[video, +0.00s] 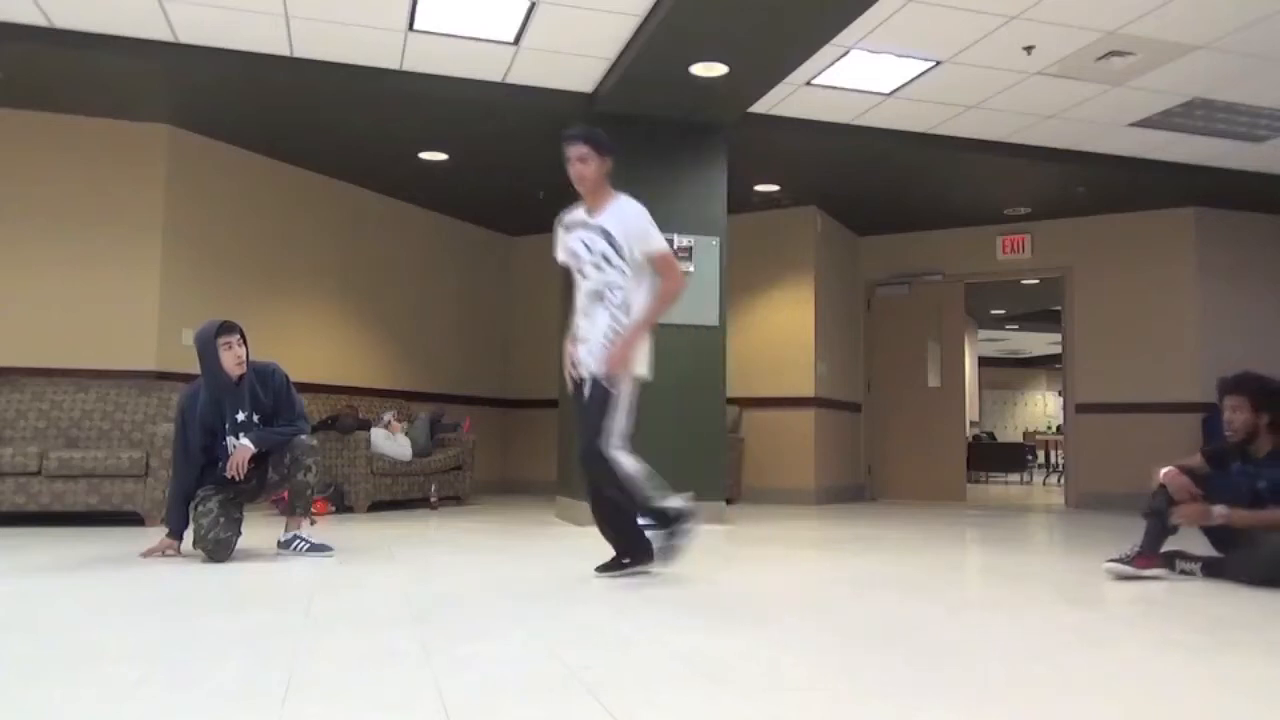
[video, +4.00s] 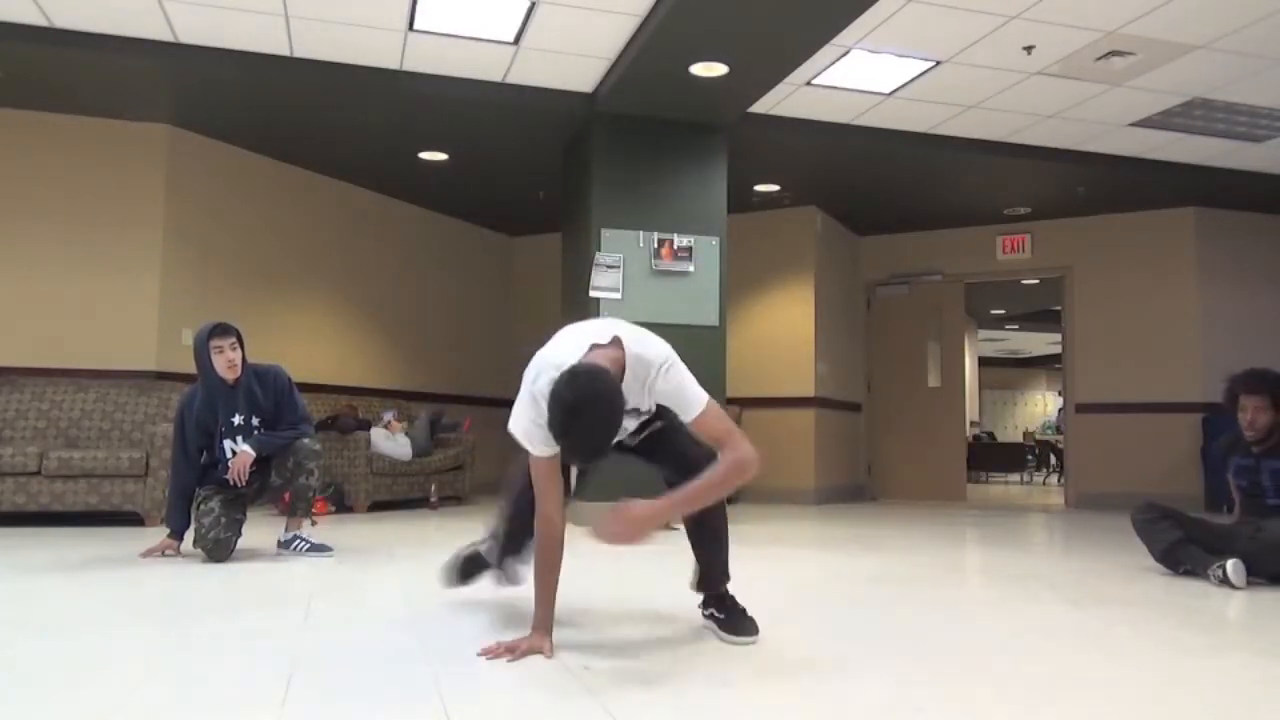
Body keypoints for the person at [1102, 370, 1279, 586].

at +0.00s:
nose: (1226, 419)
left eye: (1236, 411)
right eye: (1225, 411)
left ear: (1263, 416)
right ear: (1221, 413)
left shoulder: (1274, 460)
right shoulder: (1234, 452)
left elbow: (1275, 515)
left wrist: (1217, 515)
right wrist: (1167, 474)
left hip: (1266, 537)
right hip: (1234, 533)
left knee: (1268, 568)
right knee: (1174, 483)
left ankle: (1197, 565)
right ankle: (1147, 554)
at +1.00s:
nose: (1235, 428)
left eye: (1246, 420)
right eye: (1232, 418)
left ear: (1272, 425)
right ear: (1227, 419)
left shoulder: (1275, 466)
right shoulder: (1228, 457)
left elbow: (1276, 529)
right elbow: (1211, 496)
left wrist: (1207, 526)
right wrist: (1161, 510)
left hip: (1267, 544)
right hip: (1235, 534)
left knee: (1271, 571)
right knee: (1182, 474)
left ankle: (1202, 566)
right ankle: (1149, 554)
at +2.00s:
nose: (1220, 431)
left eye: (1230, 421)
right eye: (1214, 422)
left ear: (1254, 425)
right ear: (1208, 426)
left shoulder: (1272, 459)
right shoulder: (1214, 456)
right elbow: (1216, 503)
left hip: (1267, 540)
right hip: (1228, 530)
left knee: (1272, 572)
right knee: (1166, 476)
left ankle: (1205, 566)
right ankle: (1145, 552)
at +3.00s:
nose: (1272, 407)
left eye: (1278, 400)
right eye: (1267, 399)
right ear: (1257, 403)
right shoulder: (1247, 442)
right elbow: (1245, 498)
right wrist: (1239, 528)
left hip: (1271, 530)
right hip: (1245, 527)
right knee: (1169, 489)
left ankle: (1212, 563)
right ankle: (1223, 560)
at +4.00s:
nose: (1249, 419)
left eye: (1260, 410)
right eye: (1243, 410)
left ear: (1276, 413)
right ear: (1235, 412)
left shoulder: (1275, 452)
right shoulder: (1232, 451)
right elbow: (1240, 503)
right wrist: (1237, 527)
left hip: (1270, 538)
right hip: (1237, 533)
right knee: (1145, 513)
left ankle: (1194, 561)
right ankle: (1209, 567)